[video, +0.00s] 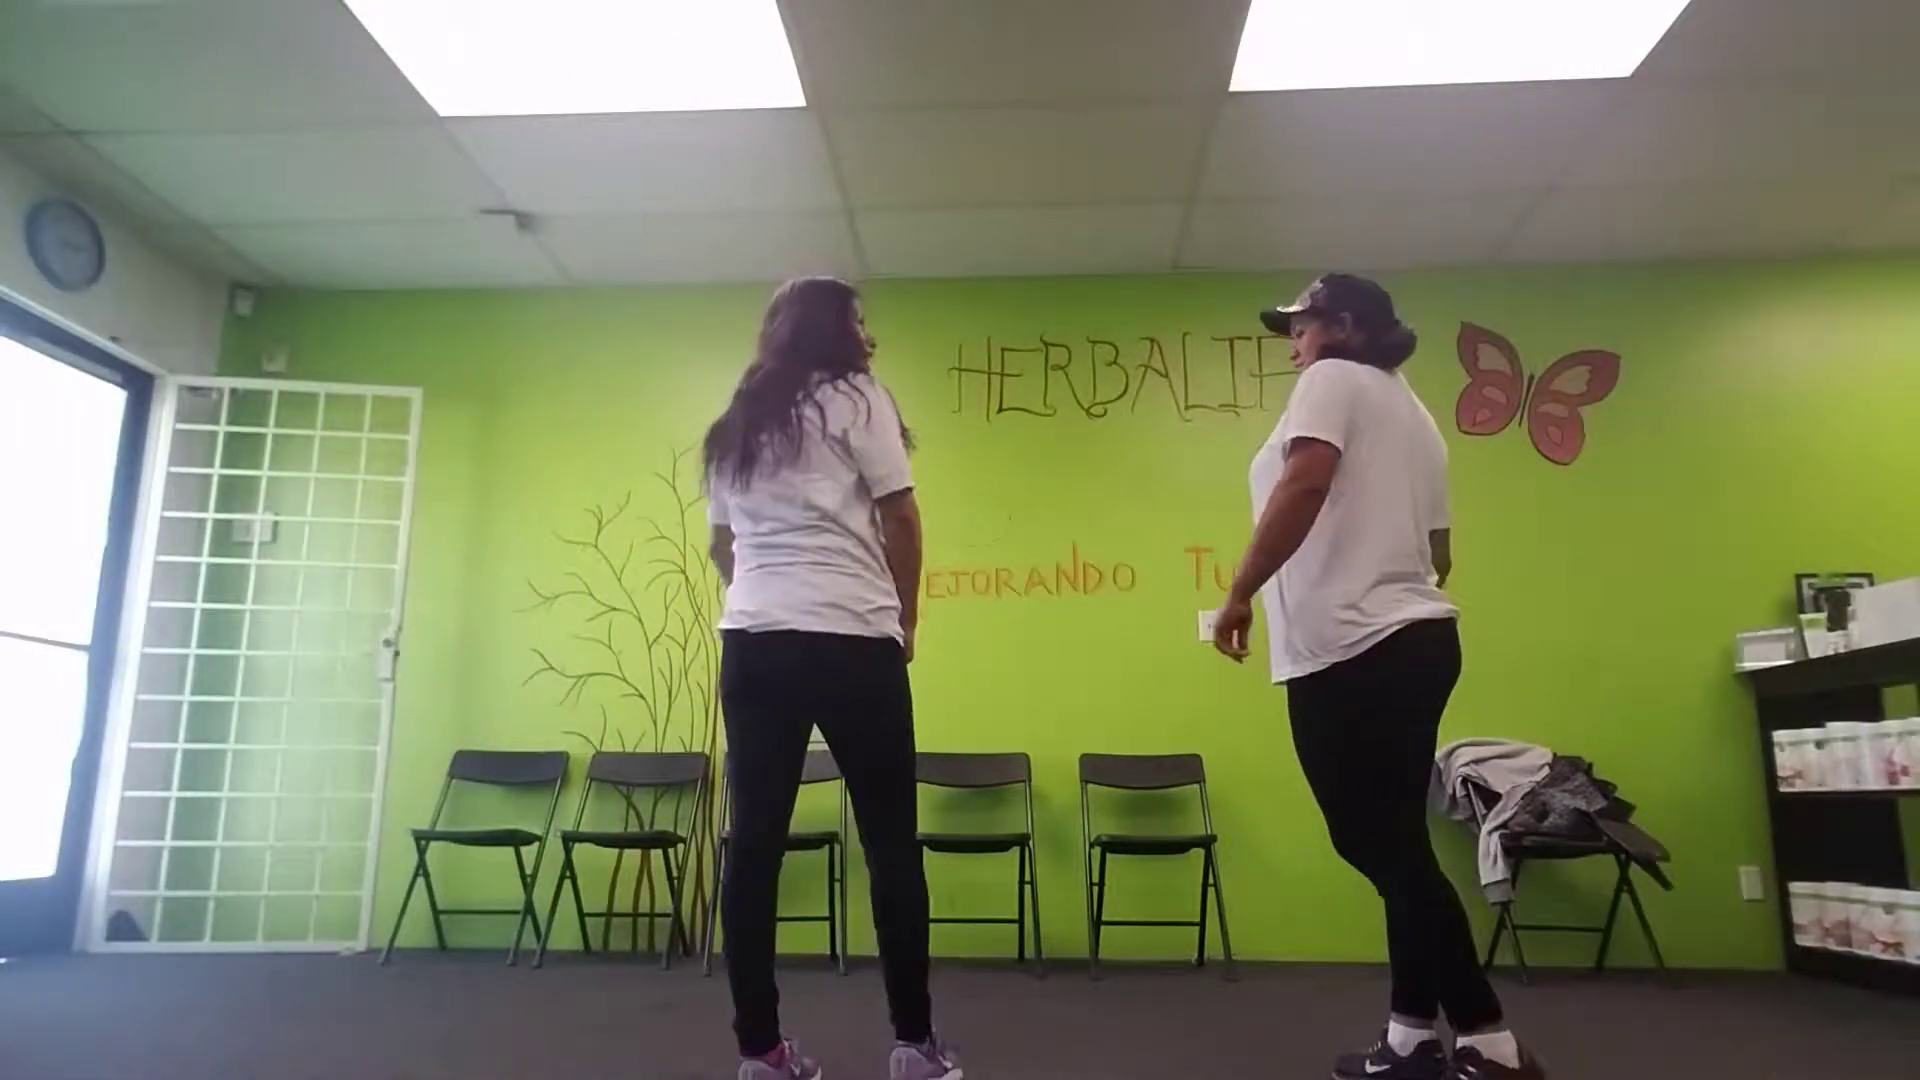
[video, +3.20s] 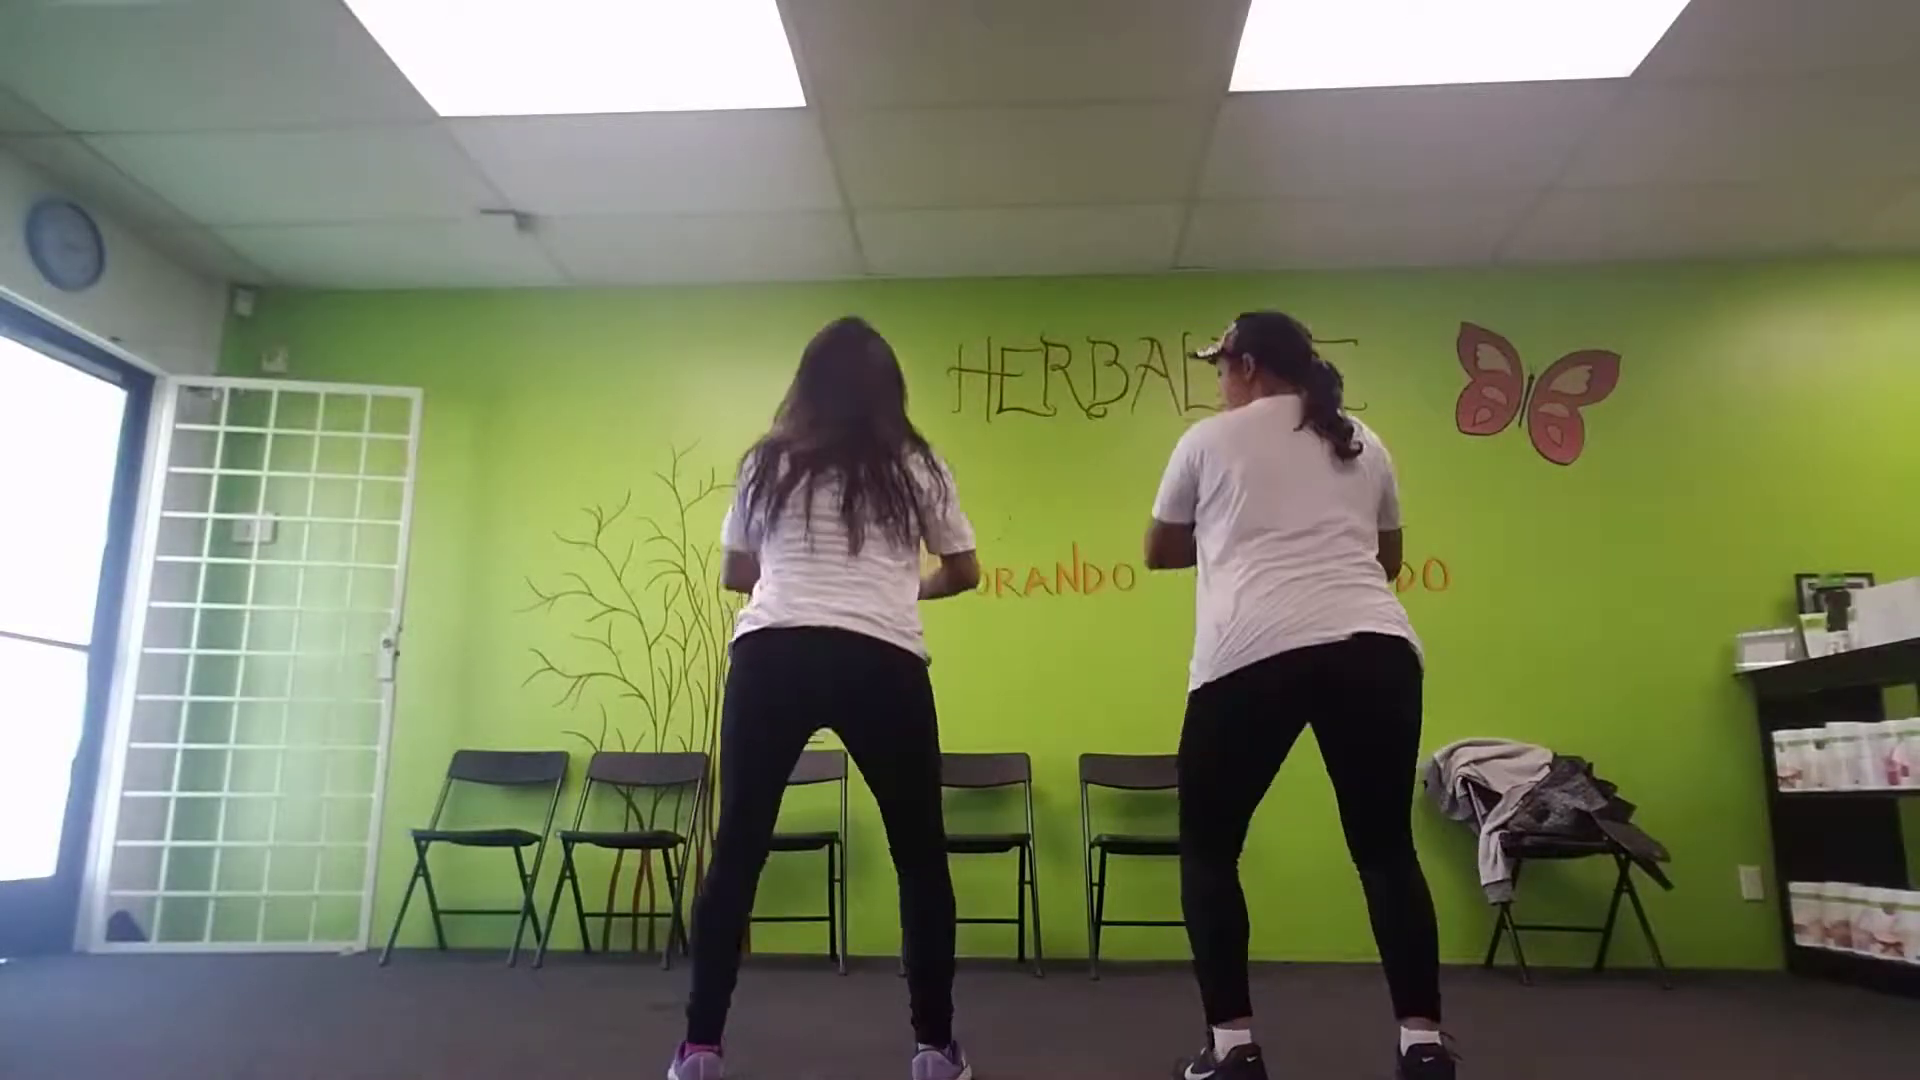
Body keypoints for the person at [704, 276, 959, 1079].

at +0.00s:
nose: (869, 337)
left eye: (866, 324)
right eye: (860, 324)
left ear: (782, 334)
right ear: (834, 329)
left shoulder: (736, 414)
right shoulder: (857, 393)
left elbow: (724, 548)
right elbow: (900, 521)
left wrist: (764, 622)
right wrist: (904, 621)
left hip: (754, 644)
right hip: (854, 638)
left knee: (752, 849)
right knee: (893, 846)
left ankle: (758, 1050)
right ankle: (914, 1046)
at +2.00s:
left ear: (810, 440)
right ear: (892, 441)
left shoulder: (774, 503)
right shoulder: (914, 509)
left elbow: (767, 590)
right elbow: (941, 613)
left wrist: (834, 572)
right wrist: (878, 567)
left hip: (771, 689)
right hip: (883, 697)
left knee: (722, 859)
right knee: (932, 861)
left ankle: (697, 1049)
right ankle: (936, 1049)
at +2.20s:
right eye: (890, 524)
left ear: (809, 527)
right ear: (889, 530)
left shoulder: (772, 586)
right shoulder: (907, 594)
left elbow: (764, 669)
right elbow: (940, 694)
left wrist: (829, 657)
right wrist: (876, 657)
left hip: (762, 766)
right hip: (880, 778)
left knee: (718, 875)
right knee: (950, 866)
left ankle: (701, 1039)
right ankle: (937, 1038)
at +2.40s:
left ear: (808, 615)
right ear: (887, 619)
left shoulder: (768, 678)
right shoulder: (904, 684)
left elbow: (759, 760)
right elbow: (941, 779)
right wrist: (884, 740)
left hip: (756, 874)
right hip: (870, 878)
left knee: (705, 880)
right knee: (964, 868)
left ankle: (701, 1036)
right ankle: (938, 1038)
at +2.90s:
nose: (892, 557)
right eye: (886, 547)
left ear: (805, 550)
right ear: (883, 555)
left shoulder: (765, 607)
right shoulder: (898, 612)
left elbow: (752, 686)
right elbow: (951, 698)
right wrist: (896, 655)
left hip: (750, 757)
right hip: (865, 762)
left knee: (717, 878)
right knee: (942, 874)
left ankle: (699, 1047)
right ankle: (934, 1048)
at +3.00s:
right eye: (888, 491)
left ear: (805, 491)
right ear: (885, 499)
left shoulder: (764, 557)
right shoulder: (904, 562)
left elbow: (751, 643)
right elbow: (959, 660)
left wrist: (816, 636)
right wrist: (891, 620)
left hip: (754, 715)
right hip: (869, 721)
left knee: (719, 866)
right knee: (935, 867)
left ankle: (698, 1048)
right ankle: (935, 1049)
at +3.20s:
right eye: (885, 379)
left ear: (804, 385)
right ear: (890, 388)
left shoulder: (770, 457)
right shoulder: (919, 461)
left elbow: (735, 572)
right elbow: (962, 571)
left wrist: (812, 582)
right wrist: (892, 586)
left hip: (774, 656)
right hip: (881, 661)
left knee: (736, 849)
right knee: (921, 854)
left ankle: (700, 1049)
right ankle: (935, 1050)